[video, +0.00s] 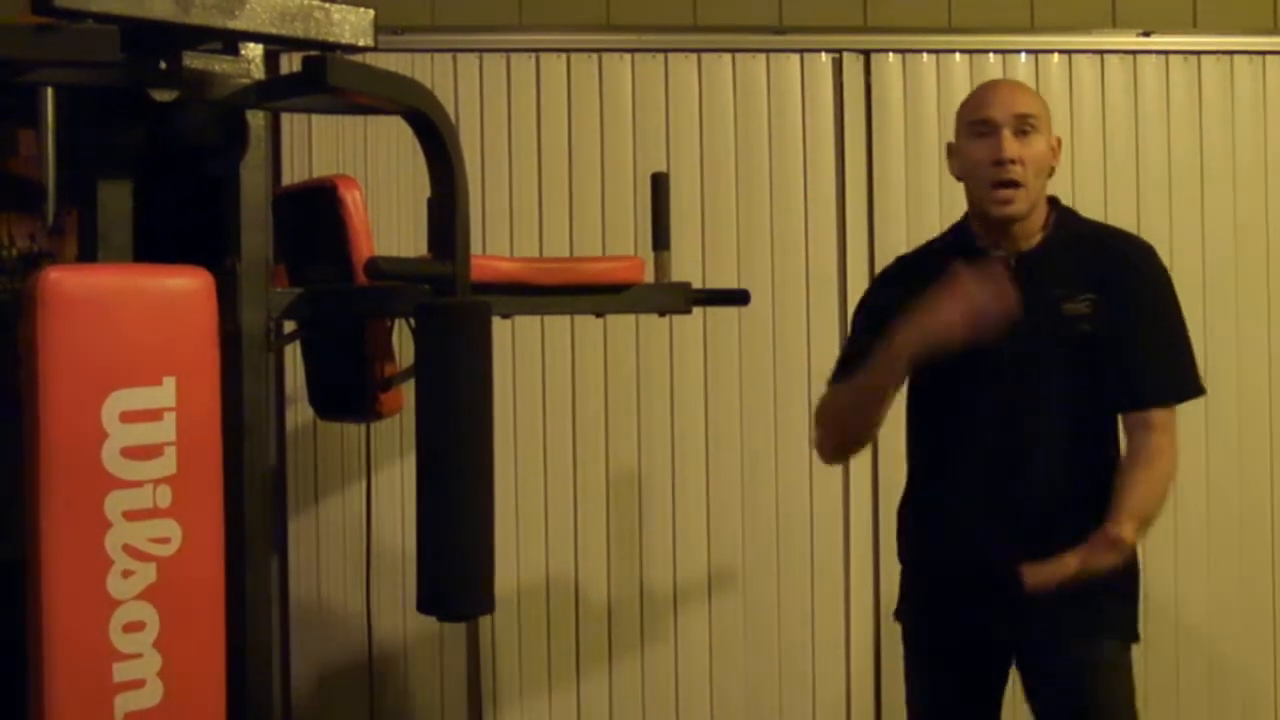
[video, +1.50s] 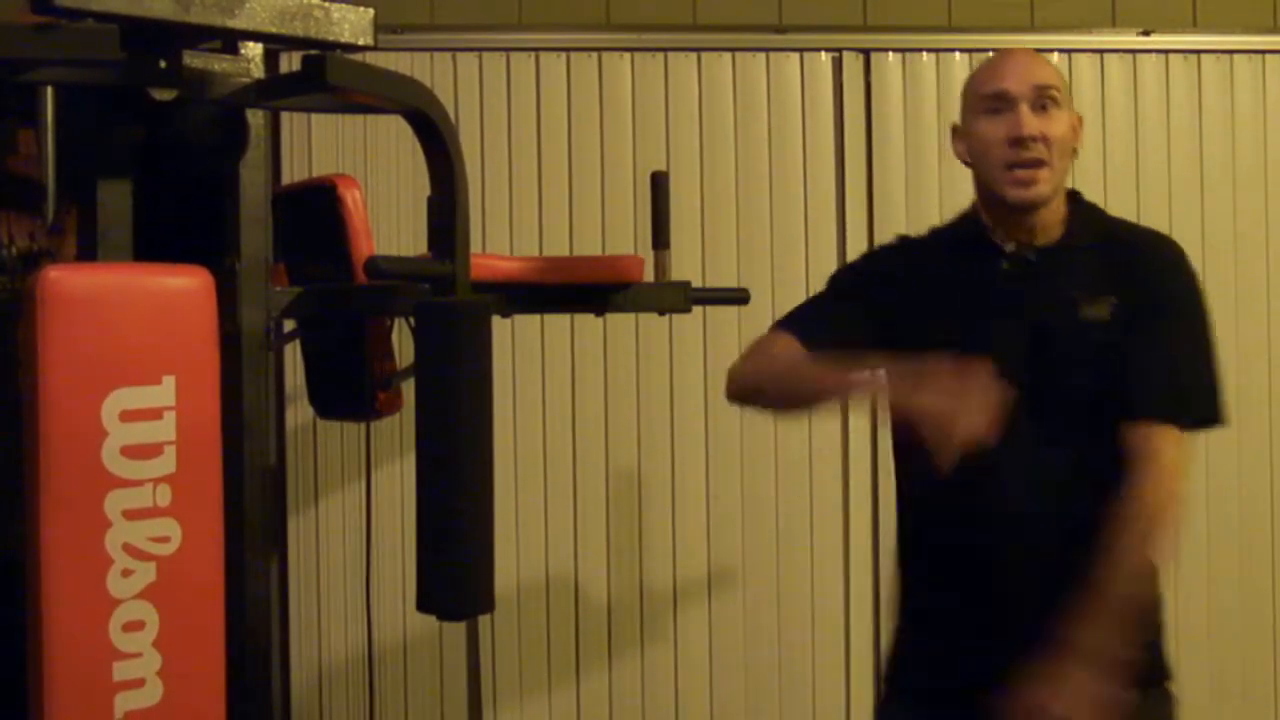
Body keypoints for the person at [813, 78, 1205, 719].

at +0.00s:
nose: (1005, 148)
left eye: (1024, 130)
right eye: (983, 132)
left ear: (1052, 154)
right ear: (954, 160)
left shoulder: (1120, 267)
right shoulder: (908, 282)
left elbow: (1152, 434)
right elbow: (832, 442)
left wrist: (1116, 535)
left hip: (1077, 580)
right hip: (948, 584)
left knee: (1097, 714)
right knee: (946, 715)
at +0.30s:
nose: (1020, 146)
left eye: (1038, 127)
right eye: (995, 128)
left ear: (1060, 151)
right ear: (957, 156)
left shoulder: (1126, 257)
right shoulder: (909, 285)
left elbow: (1135, 434)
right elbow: (886, 471)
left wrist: (1054, 496)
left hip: (1089, 598)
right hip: (956, 604)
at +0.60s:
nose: (1023, 160)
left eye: (1040, 137)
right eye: (995, 142)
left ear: (1062, 156)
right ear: (957, 172)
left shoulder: (1147, 265)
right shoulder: (923, 310)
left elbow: (1231, 434)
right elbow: (943, 492)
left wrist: (1097, 512)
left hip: (1134, 646)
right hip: (992, 657)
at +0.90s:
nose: (1022, 131)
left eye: (1042, 104)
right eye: (996, 110)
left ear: (1075, 121)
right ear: (964, 136)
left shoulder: (1135, 236)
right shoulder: (913, 260)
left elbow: (1114, 396)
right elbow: (835, 398)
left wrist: (915, 412)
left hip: (1102, 617)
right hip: (954, 619)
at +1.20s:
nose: (943, 123)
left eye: (963, 99)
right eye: (917, 105)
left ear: (1001, 119)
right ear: (892, 135)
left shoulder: (1077, 227)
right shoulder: (857, 244)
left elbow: (1062, 359)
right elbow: (783, 317)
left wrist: (874, 349)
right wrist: (938, 211)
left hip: (1038, 614)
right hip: (888, 616)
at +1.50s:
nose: (1025, 126)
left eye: (1045, 104)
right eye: (997, 107)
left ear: (1074, 132)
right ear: (961, 143)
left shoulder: (1144, 268)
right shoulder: (906, 272)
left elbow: (1156, 481)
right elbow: (750, 376)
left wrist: (1088, 663)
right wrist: (901, 382)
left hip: (1100, 661)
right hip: (944, 654)